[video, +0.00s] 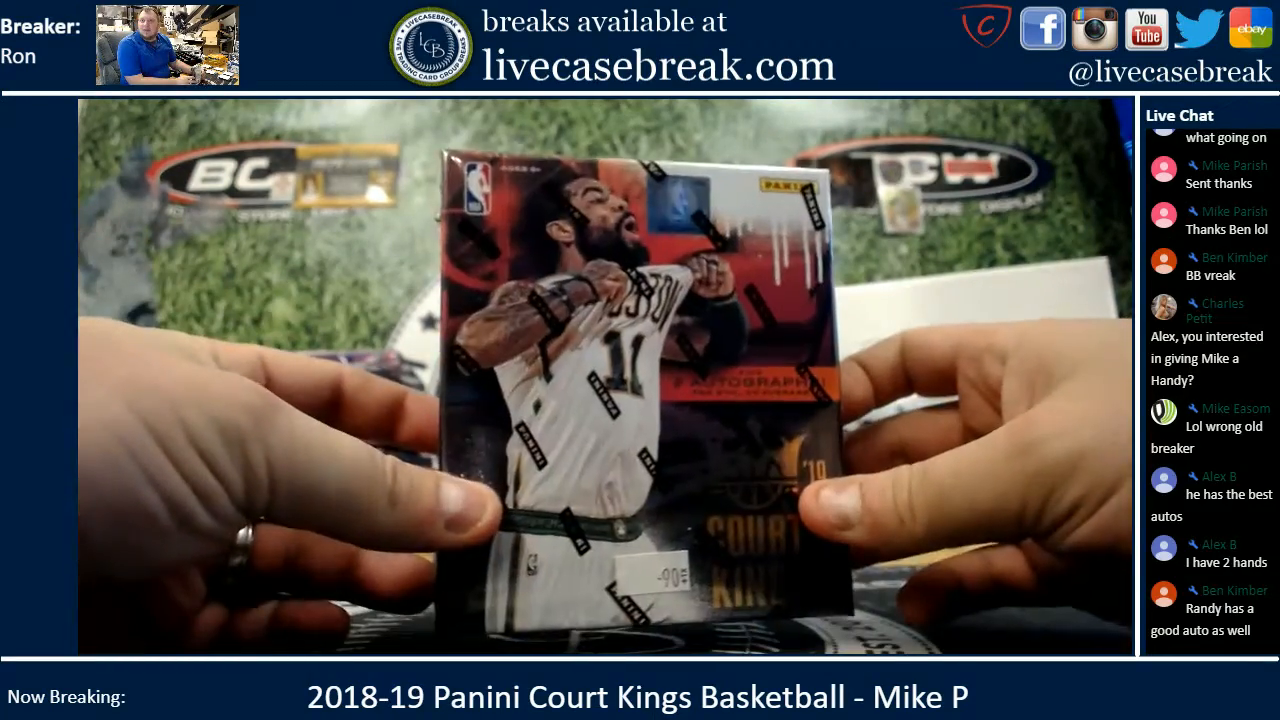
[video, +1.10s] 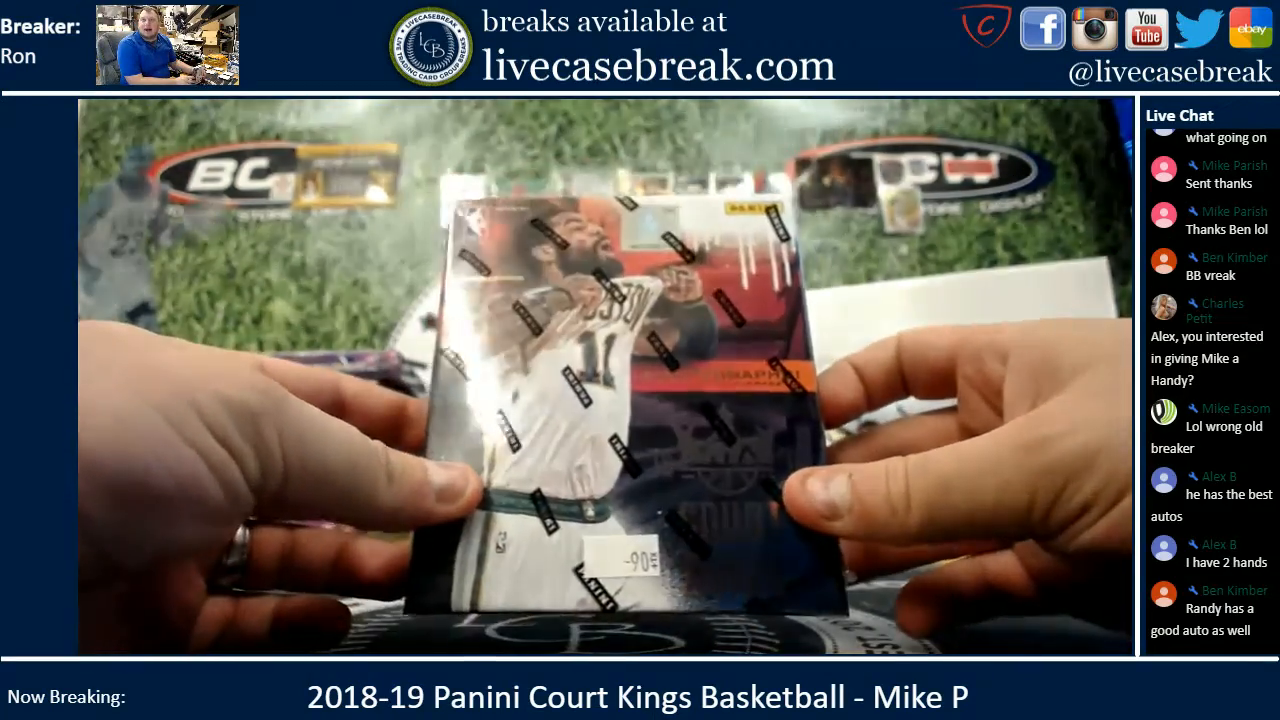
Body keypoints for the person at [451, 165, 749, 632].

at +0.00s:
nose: (620, 203)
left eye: (614, 195)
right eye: (595, 198)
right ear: (562, 230)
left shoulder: (652, 290)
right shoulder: (524, 297)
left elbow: (724, 346)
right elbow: (475, 344)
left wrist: (721, 298)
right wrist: (580, 288)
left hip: (630, 536)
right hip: (546, 541)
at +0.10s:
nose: (613, 199)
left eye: (605, 190)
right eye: (587, 194)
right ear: (554, 228)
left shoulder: (648, 284)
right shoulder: (517, 295)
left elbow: (722, 341)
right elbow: (467, 342)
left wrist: (717, 294)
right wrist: (570, 286)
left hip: (623, 532)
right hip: (540, 537)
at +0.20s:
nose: (600, 201)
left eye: (593, 193)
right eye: (575, 197)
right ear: (541, 230)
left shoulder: (631, 289)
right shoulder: (505, 296)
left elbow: (711, 339)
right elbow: (453, 348)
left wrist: (704, 292)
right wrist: (556, 288)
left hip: (609, 532)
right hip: (526, 536)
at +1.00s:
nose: (596, 232)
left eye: (593, 226)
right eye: (572, 226)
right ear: (540, 253)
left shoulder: (622, 298)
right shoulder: (506, 303)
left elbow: (696, 344)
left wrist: (689, 302)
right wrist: (558, 299)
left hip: (595, 518)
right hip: (518, 519)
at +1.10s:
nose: (598, 232)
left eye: (596, 226)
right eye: (574, 225)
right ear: (543, 252)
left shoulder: (624, 298)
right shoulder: (513, 306)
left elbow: (699, 346)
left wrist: (691, 302)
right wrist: (556, 297)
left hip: (596, 518)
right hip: (519, 517)